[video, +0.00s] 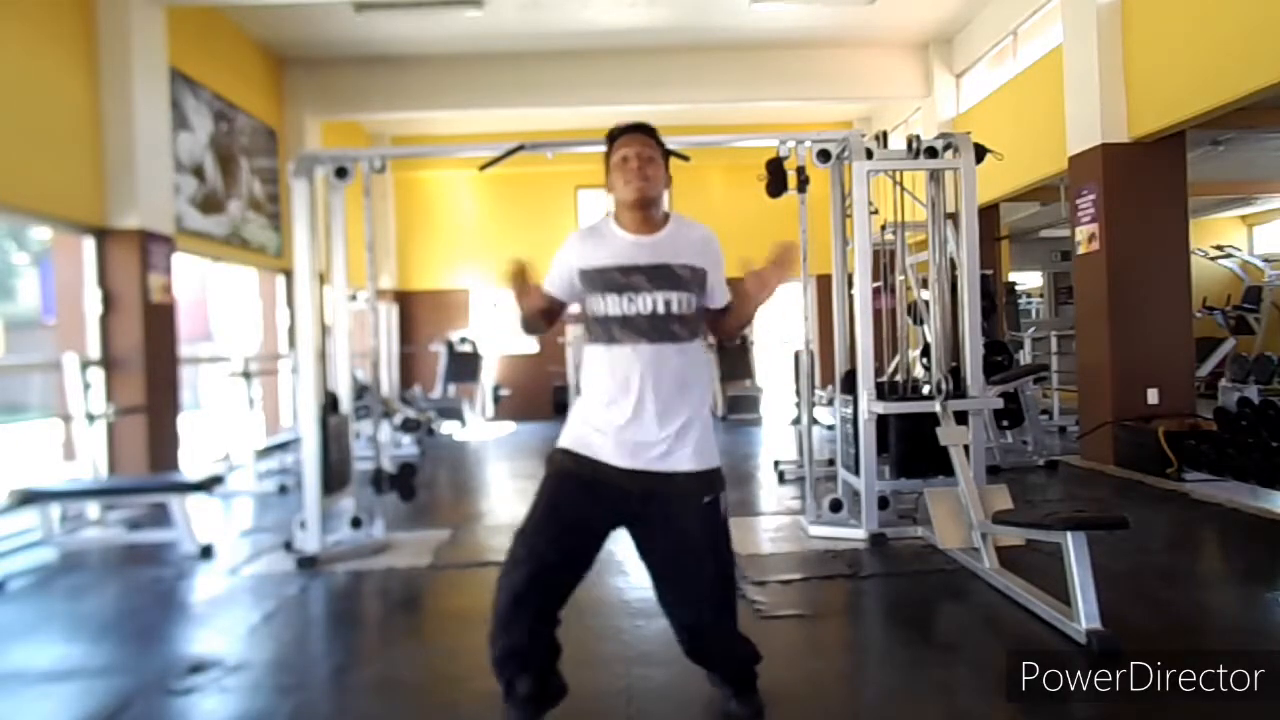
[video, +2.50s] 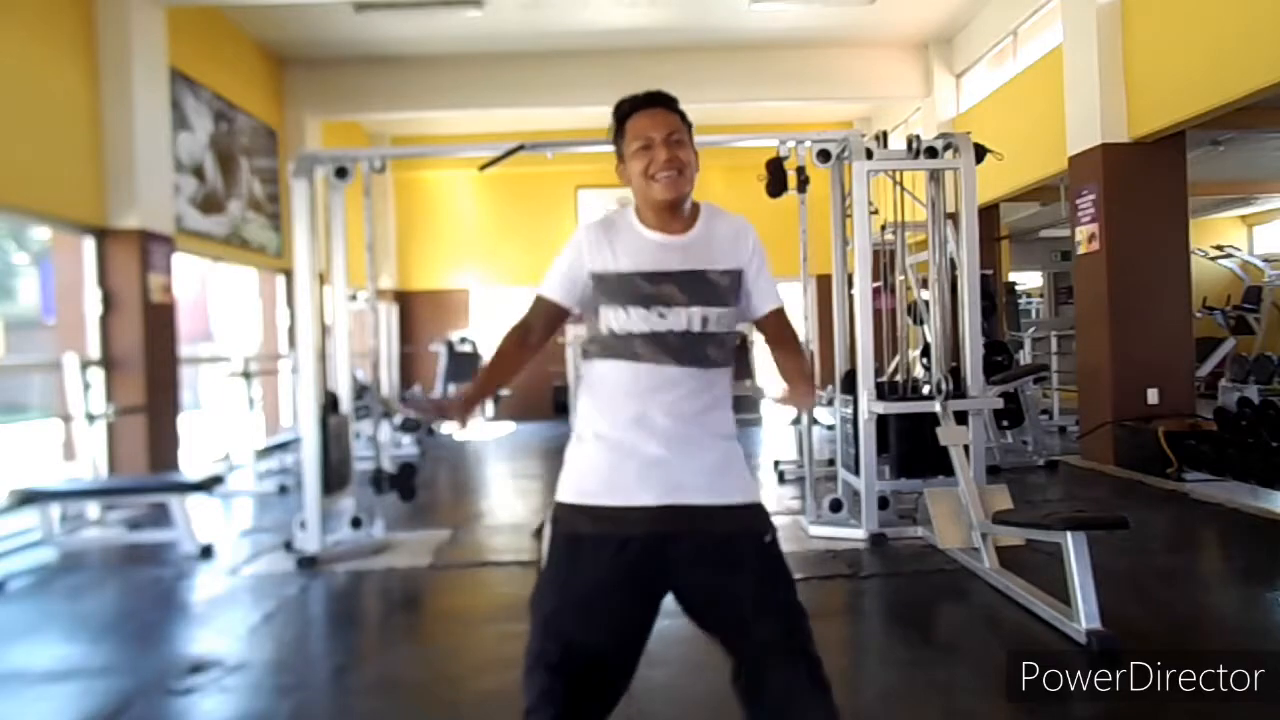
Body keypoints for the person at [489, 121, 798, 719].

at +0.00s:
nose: (637, 166)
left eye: (649, 157)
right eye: (624, 160)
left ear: (667, 175)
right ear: (607, 180)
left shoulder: (699, 243)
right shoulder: (582, 247)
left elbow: (721, 329)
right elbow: (542, 324)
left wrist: (753, 296)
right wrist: (530, 302)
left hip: (682, 458)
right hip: (592, 450)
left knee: (704, 614)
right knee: (522, 596)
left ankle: (739, 689)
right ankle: (530, 702)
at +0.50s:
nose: (639, 167)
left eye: (649, 155)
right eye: (626, 159)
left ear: (674, 163)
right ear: (611, 172)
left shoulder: (707, 230)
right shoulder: (586, 232)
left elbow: (738, 325)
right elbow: (556, 324)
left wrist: (748, 414)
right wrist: (548, 414)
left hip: (692, 448)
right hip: (600, 451)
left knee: (733, 578)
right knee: (574, 598)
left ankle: (753, 694)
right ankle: (565, 708)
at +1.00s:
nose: (610, 216)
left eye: (618, 199)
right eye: (600, 204)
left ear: (659, 179)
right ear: (592, 199)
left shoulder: (724, 250)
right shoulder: (590, 264)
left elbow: (775, 332)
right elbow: (540, 353)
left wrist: (778, 377)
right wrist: (472, 411)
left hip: (700, 486)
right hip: (597, 490)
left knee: (775, 648)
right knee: (561, 672)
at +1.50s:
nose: (646, 161)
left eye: (659, 145)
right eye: (629, 150)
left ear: (684, 153)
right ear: (613, 164)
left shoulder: (727, 232)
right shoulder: (589, 242)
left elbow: (745, 326)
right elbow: (549, 336)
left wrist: (783, 288)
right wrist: (536, 305)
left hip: (722, 489)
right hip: (617, 487)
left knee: (760, 689)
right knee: (560, 684)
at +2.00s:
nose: (657, 139)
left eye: (671, 127)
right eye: (639, 130)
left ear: (691, 144)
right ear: (619, 150)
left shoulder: (722, 236)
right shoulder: (586, 227)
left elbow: (746, 338)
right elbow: (538, 318)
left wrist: (823, 354)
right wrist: (549, 339)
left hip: (720, 486)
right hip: (606, 488)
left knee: (778, 679)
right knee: (571, 686)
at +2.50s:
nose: (666, 156)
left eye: (676, 141)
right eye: (646, 147)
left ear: (696, 152)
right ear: (623, 169)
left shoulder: (735, 239)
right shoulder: (594, 243)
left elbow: (776, 327)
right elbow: (535, 329)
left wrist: (799, 379)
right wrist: (474, 393)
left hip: (715, 496)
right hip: (603, 498)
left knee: (786, 671)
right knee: (561, 686)